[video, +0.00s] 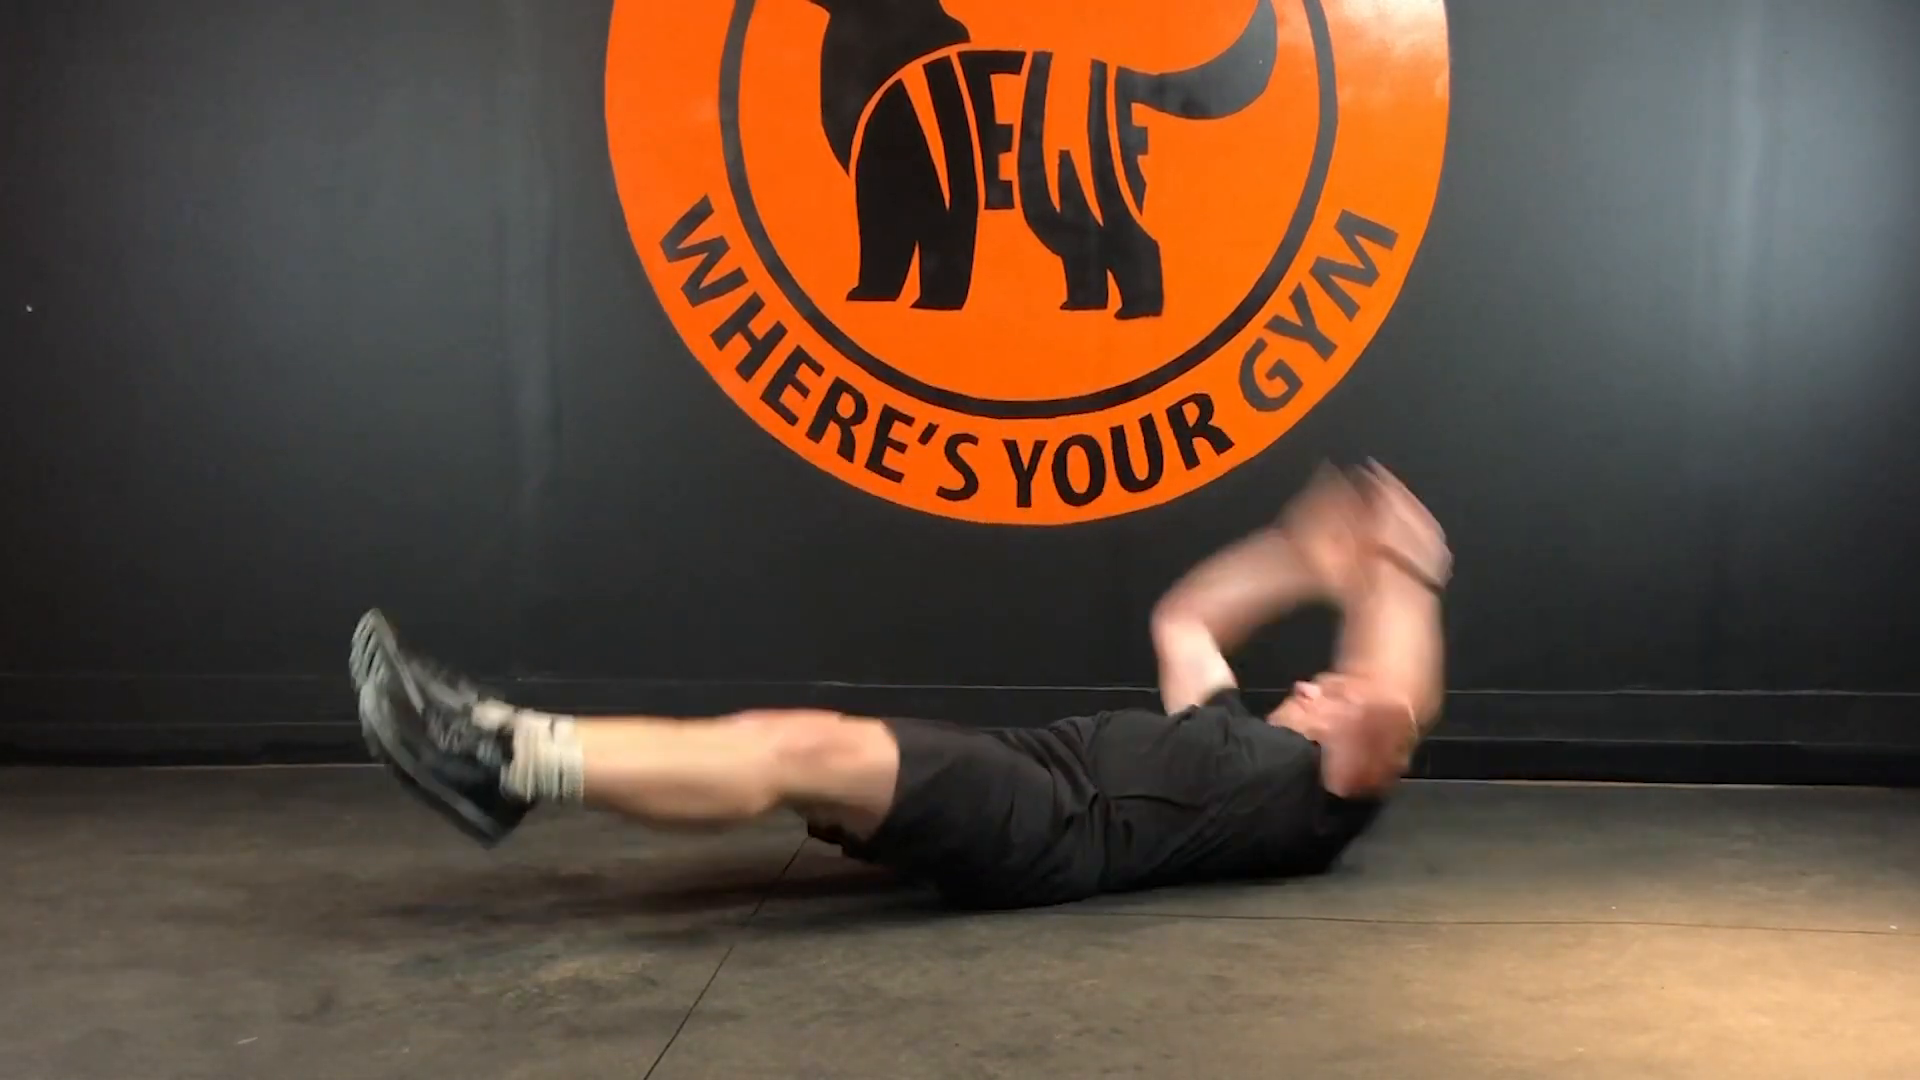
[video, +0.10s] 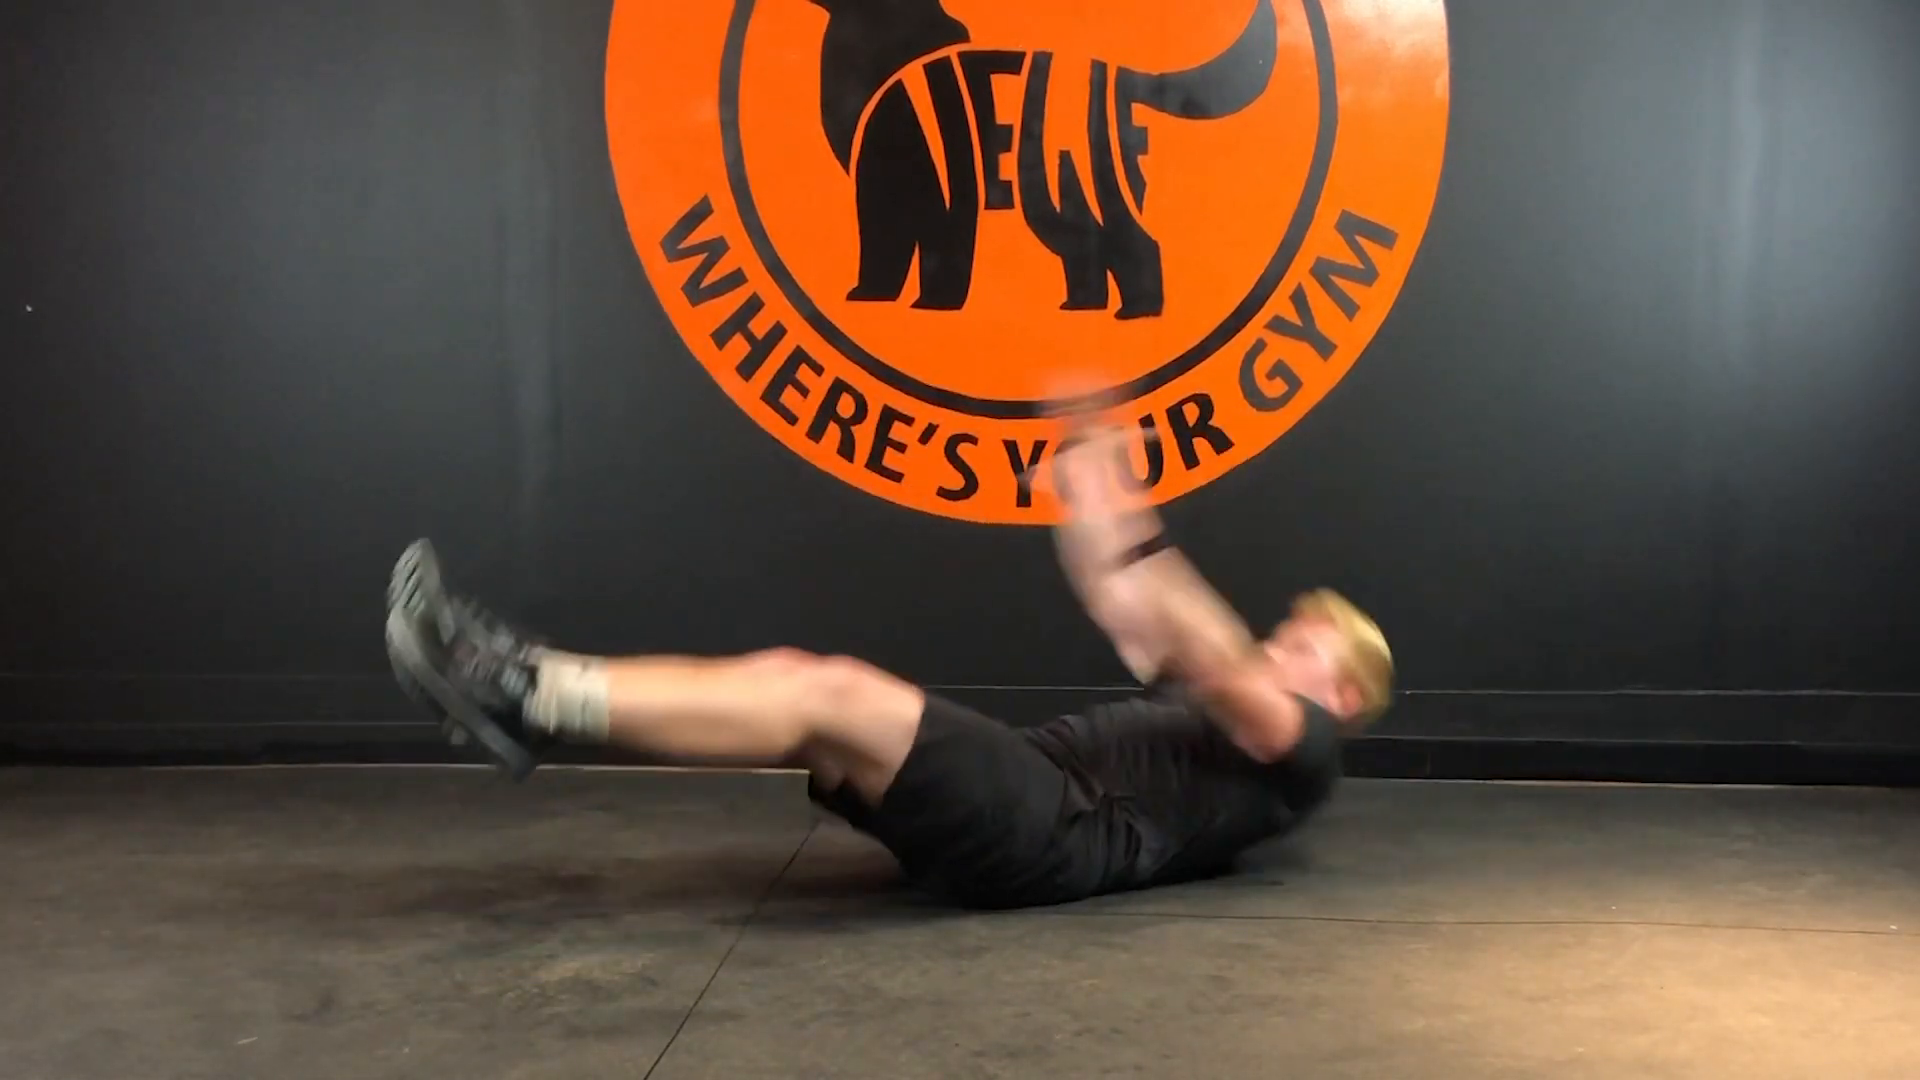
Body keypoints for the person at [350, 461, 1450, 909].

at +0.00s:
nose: (1320, 689)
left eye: (1345, 693)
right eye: (1320, 680)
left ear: (1365, 737)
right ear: (1293, 699)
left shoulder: (1313, 789)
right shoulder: (1225, 739)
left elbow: (1394, 704)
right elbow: (1186, 618)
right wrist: (1307, 552)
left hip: (1051, 818)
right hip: (1004, 775)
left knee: (810, 743)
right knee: (779, 740)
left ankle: (510, 755)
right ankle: (508, 758)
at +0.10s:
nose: (1294, 640)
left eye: (1319, 646)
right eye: (1297, 628)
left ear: (1346, 694)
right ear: (1284, 639)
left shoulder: (1306, 747)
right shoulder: (1223, 698)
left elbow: (1227, 675)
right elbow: (1132, 607)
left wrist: (1147, 545)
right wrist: (1086, 508)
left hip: (1052, 830)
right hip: (1002, 794)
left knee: (832, 691)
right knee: (801, 688)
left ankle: (536, 692)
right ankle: (528, 707)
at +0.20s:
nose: (1201, 584)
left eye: (1228, 576)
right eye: (1212, 568)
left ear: (1285, 618)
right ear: (1245, 602)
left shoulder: (1273, 700)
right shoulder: (1177, 654)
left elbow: (1160, 683)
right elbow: (1066, 598)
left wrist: (1032, 584)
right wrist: (954, 494)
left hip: (1039, 838)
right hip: (982, 815)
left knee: (874, 619)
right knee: (838, 617)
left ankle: (585, 609)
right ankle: (568, 608)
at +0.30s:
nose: (1134, 538)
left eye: (1157, 525)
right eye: (1138, 521)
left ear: (1220, 554)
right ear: (1138, 530)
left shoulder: (1233, 641)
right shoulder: (1108, 620)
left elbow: (1122, 632)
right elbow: (973, 566)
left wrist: (992, 532)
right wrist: (871, 454)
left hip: (1023, 833)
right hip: (948, 826)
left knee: (930, 583)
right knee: (891, 580)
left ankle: (656, 514)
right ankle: (626, 511)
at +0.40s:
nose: (1076, 510)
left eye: (1099, 492)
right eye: (1077, 492)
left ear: (1167, 509)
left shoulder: (1194, 605)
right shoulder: (1062, 588)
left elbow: (1073, 569)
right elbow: (923, 510)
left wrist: (939, 456)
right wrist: (827, 422)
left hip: (1018, 831)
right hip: (934, 823)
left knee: (969, 561)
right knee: (910, 559)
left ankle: (730, 464)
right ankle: (705, 463)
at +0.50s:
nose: (1068, 510)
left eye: (1090, 493)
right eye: (1069, 493)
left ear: (1160, 507)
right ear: (1070, 501)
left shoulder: (1190, 603)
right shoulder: (1070, 592)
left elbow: (1052, 579)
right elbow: (953, 558)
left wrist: (926, 468)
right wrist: (824, 468)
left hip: (1022, 833)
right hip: (939, 826)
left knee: (956, 575)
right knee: (908, 569)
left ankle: (717, 465)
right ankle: (695, 475)